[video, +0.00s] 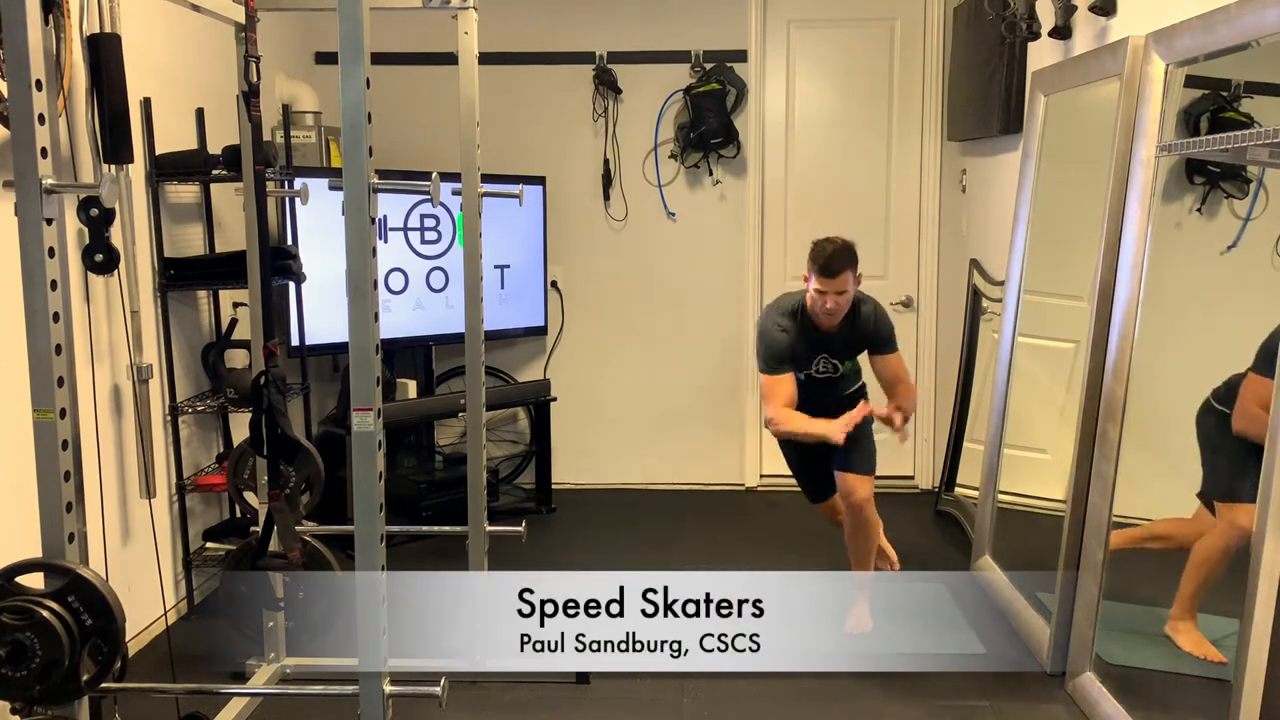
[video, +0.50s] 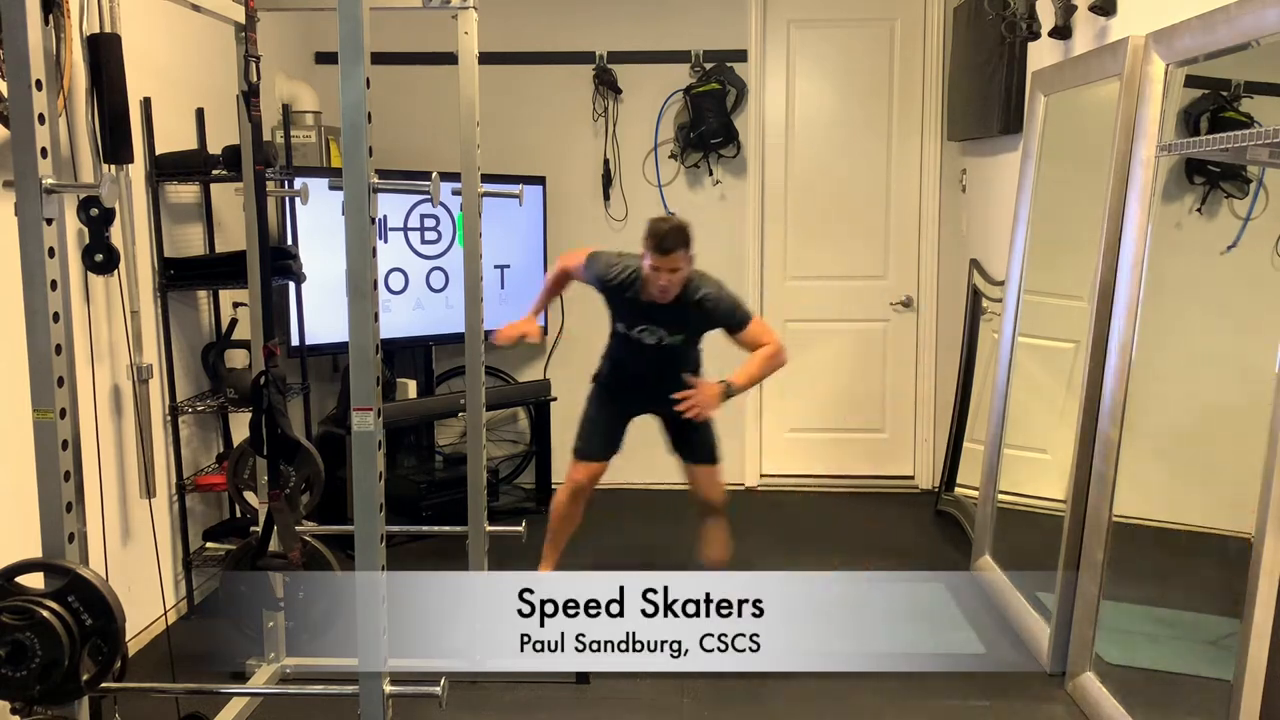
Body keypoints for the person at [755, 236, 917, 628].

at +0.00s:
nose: (829, 303)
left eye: (839, 294)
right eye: (820, 292)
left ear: (856, 284)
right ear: (806, 281)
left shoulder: (869, 316)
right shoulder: (779, 321)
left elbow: (900, 386)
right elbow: (777, 415)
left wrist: (900, 411)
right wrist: (829, 428)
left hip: (848, 408)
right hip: (797, 417)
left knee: (857, 499)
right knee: (834, 510)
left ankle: (861, 595)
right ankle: (871, 534)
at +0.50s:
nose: (665, 280)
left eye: (674, 271)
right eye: (656, 269)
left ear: (689, 262)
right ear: (644, 258)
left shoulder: (707, 296)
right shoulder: (617, 274)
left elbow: (774, 352)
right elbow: (565, 266)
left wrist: (724, 389)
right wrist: (533, 316)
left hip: (679, 393)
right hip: (616, 387)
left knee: (712, 498)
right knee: (578, 482)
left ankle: (715, 590)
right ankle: (545, 572)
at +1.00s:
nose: (637, 315)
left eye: (645, 305)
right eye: (628, 306)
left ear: (657, 294)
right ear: (611, 295)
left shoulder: (674, 327)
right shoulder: (582, 317)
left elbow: (722, 391)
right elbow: (506, 357)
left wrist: (695, 448)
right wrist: (480, 425)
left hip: (632, 404)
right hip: (576, 396)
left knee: (628, 502)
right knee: (555, 489)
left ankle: (599, 517)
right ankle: (539, 572)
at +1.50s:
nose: (793, 321)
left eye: (799, 309)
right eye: (780, 312)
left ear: (808, 298)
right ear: (761, 303)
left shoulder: (817, 301)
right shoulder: (745, 350)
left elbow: (826, 290)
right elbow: (820, 420)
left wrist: (831, 306)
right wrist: (869, 354)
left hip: (812, 390)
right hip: (761, 414)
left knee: (843, 493)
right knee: (801, 506)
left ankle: (863, 587)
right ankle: (819, 510)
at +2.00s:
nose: (738, 311)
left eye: (747, 301)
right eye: (728, 301)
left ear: (760, 287)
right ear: (713, 288)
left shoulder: (778, 306)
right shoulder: (681, 308)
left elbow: (841, 368)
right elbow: (640, 362)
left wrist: (824, 432)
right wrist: (631, 421)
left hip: (760, 389)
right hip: (697, 390)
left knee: (807, 482)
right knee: (661, 488)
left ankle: (859, 577)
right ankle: (637, 544)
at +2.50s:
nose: (610, 344)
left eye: (619, 334)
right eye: (602, 334)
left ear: (636, 322)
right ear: (590, 318)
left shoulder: (654, 356)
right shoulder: (581, 304)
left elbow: (589, 420)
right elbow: (531, 279)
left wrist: (540, 370)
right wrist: (473, 264)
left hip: (620, 423)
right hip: (580, 387)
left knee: (546, 479)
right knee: (562, 485)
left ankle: (474, 511)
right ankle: (546, 584)